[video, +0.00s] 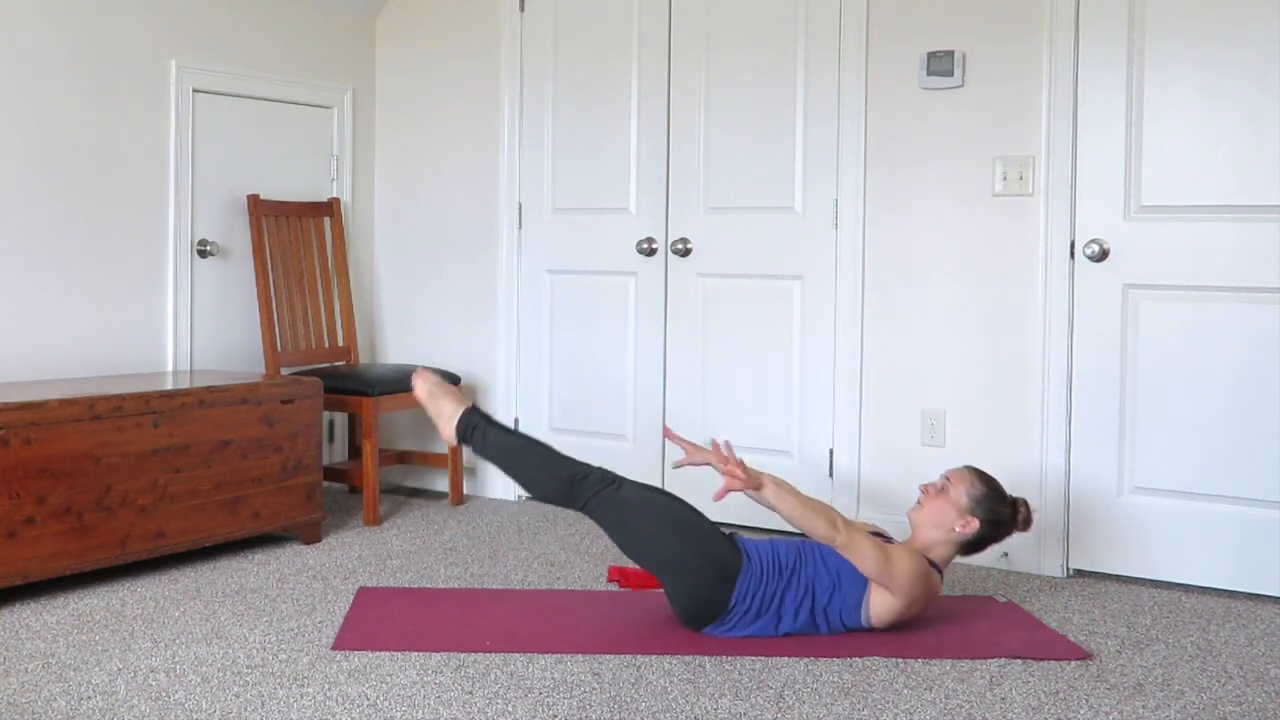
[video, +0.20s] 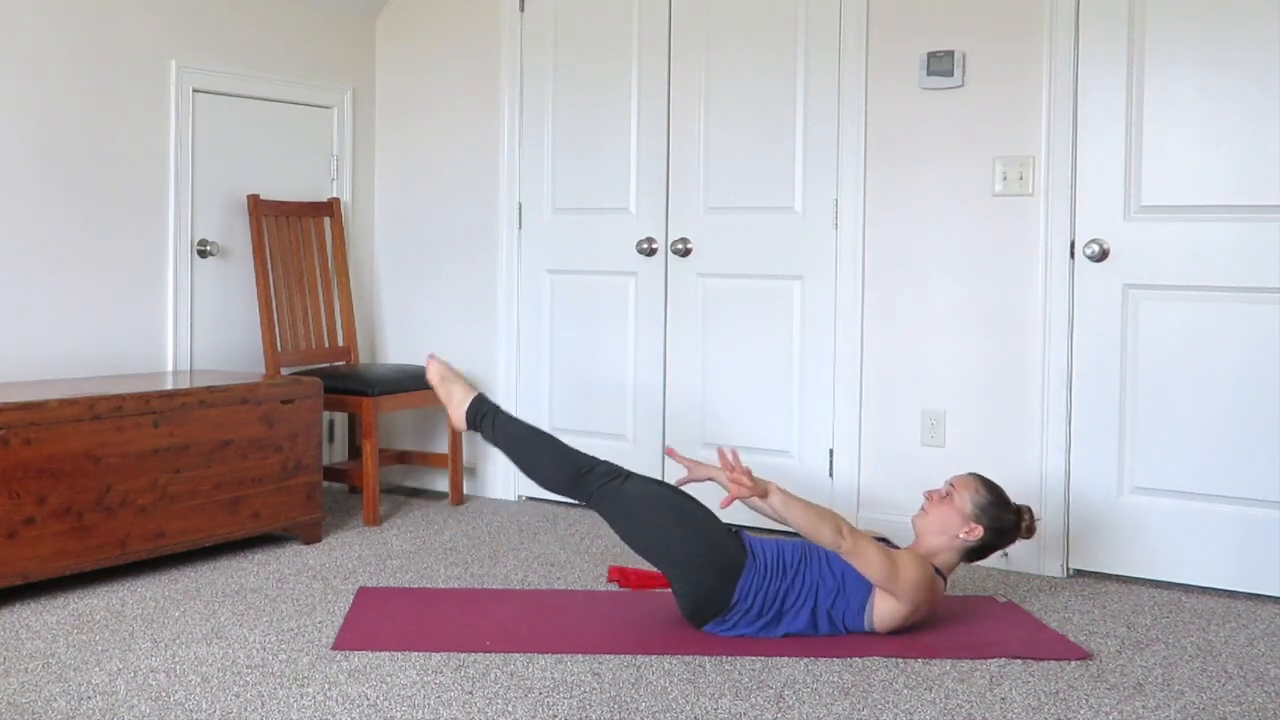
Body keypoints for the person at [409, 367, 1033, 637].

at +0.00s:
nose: (926, 491)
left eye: (943, 492)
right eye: (937, 483)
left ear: (962, 529)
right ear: (949, 520)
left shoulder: (909, 579)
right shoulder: (897, 556)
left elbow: (838, 534)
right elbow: (826, 525)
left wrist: (761, 483)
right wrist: (744, 474)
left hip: (723, 590)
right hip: (725, 567)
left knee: (597, 489)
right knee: (600, 486)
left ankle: (460, 418)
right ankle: (464, 426)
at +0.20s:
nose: (929, 498)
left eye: (946, 499)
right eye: (940, 490)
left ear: (966, 535)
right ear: (953, 525)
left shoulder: (912, 582)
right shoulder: (908, 568)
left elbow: (840, 534)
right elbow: (832, 528)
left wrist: (758, 490)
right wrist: (744, 484)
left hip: (725, 584)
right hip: (727, 570)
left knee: (598, 479)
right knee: (601, 479)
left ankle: (470, 407)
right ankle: (473, 410)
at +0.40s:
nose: (908, 472)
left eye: (924, 471)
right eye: (918, 463)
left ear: (948, 503)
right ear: (933, 494)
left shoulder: (900, 553)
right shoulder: (891, 535)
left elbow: (805, 524)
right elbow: (801, 520)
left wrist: (716, 496)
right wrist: (713, 494)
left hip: (719, 582)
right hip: (721, 562)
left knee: (577, 500)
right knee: (580, 499)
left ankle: (434, 473)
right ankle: (441, 474)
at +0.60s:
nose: (855, 412)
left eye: (870, 408)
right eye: (863, 402)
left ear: (901, 433)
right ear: (884, 425)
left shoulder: (876, 497)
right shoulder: (843, 474)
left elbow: (778, 511)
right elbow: (749, 479)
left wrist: (677, 513)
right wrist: (662, 478)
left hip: (718, 595)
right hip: (716, 567)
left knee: (603, 467)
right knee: (602, 465)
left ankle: (456, 488)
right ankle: (461, 484)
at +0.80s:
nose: (802, 373)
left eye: (816, 369)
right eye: (809, 364)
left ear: (849, 394)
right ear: (842, 394)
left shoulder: (836, 468)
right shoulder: (803, 443)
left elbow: (732, 493)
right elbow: (722, 462)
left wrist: (634, 515)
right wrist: (636, 482)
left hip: (709, 599)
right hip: (704, 577)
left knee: (653, 433)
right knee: (651, 427)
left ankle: (518, 486)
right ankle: (520, 483)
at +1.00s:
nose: (818, 377)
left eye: (832, 373)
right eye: (826, 368)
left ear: (864, 399)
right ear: (856, 396)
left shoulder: (846, 473)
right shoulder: (811, 448)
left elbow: (738, 493)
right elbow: (722, 460)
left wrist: (641, 507)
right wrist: (638, 485)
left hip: (713, 599)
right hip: (711, 572)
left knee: (644, 437)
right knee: (641, 435)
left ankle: (517, 503)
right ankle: (519, 498)